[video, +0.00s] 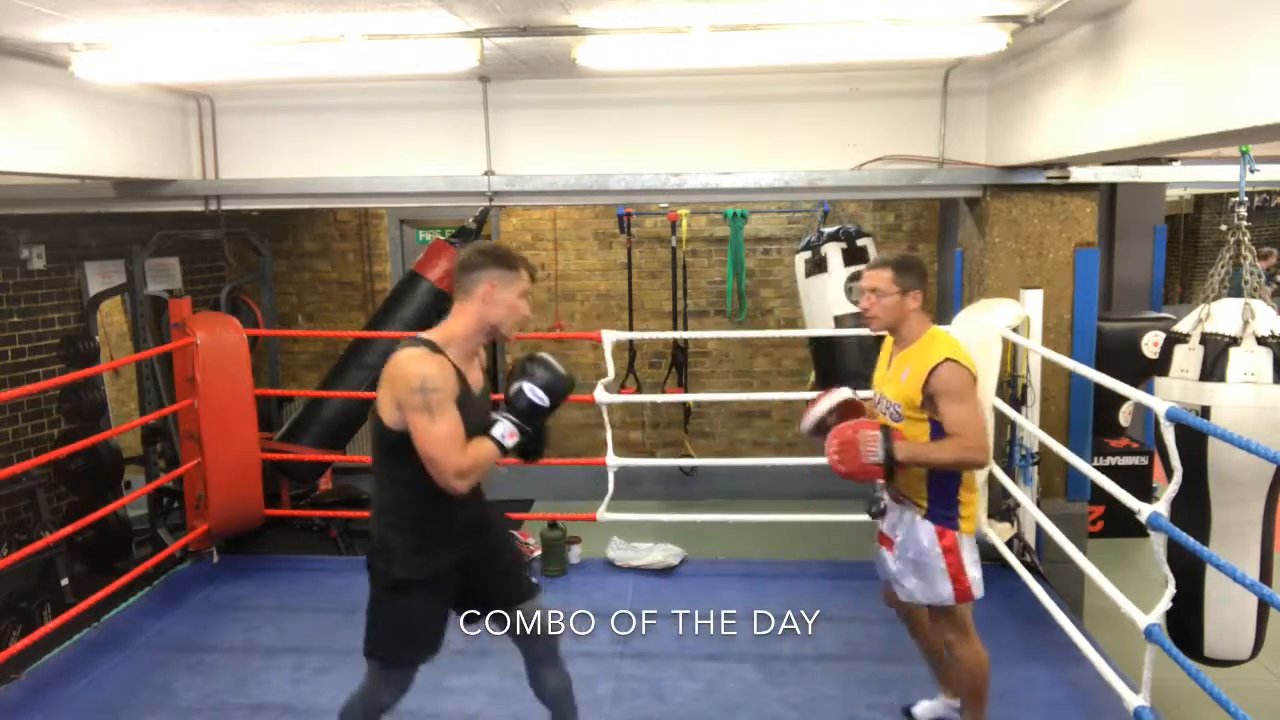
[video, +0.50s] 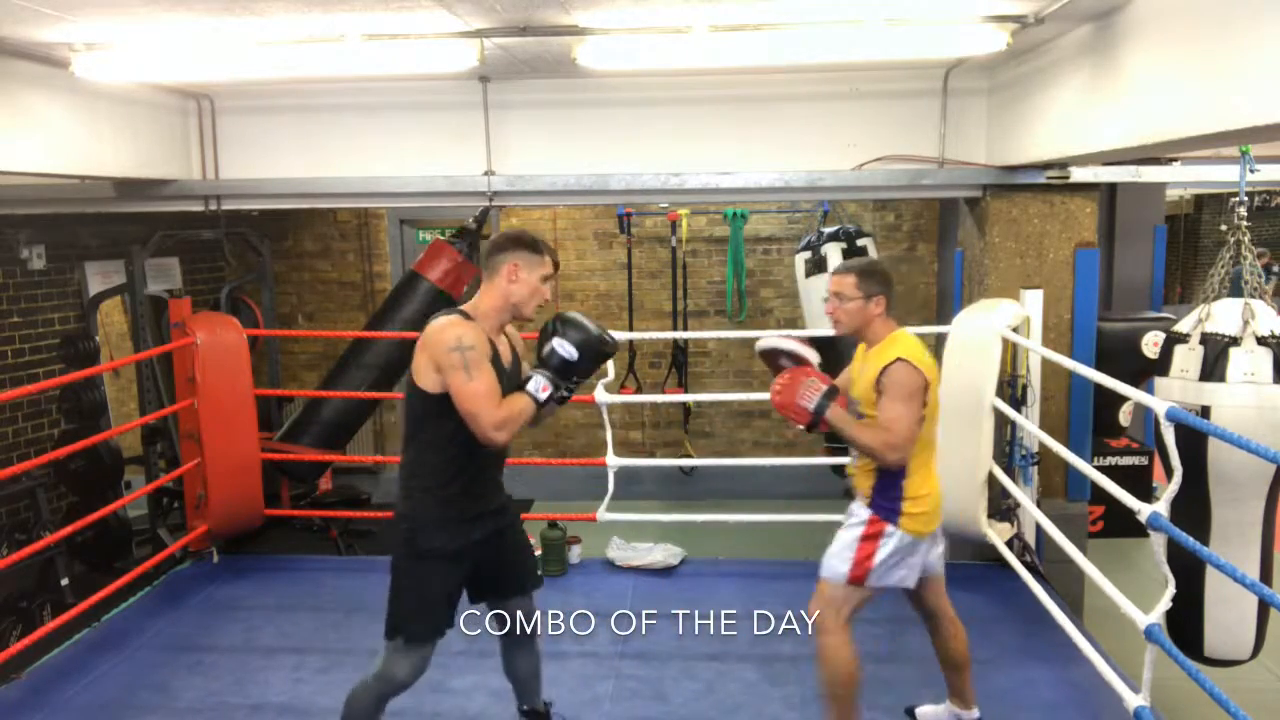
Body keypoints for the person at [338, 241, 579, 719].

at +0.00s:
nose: (528, 311)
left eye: (528, 298)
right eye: (522, 296)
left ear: (487, 296)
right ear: (486, 294)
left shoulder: (475, 357)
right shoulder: (419, 367)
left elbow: (462, 444)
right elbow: (456, 473)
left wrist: (513, 430)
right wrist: (511, 425)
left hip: (472, 536)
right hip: (413, 552)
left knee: (538, 637)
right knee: (386, 684)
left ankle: (567, 714)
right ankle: (348, 717)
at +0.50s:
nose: (549, 295)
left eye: (552, 283)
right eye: (545, 280)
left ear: (511, 278)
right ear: (511, 275)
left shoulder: (508, 340)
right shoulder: (452, 334)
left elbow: (516, 417)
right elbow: (495, 427)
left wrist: (558, 383)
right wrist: (546, 377)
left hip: (489, 515)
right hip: (433, 523)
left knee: (521, 623)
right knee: (404, 665)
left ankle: (534, 711)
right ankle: (359, 710)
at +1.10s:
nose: (520, 336)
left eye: (526, 328)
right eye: (521, 325)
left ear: (487, 298)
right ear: (501, 308)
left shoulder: (445, 337)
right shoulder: (473, 358)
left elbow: (511, 380)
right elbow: (542, 381)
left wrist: (558, 377)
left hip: (458, 530)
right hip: (414, 542)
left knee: (512, 622)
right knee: (391, 687)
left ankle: (531, 712)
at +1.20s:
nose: (505, 327)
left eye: (508, 317)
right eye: (505, 315)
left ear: (469, 299)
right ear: (484, 306)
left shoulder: (429, 342)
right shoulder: (447, 366)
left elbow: (482, 412)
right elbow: (511, 428)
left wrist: (526, 372)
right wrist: (542, 374)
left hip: (452, 527)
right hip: (406, 541)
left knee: (510, 618)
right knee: (380, 688)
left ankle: (532, 710)